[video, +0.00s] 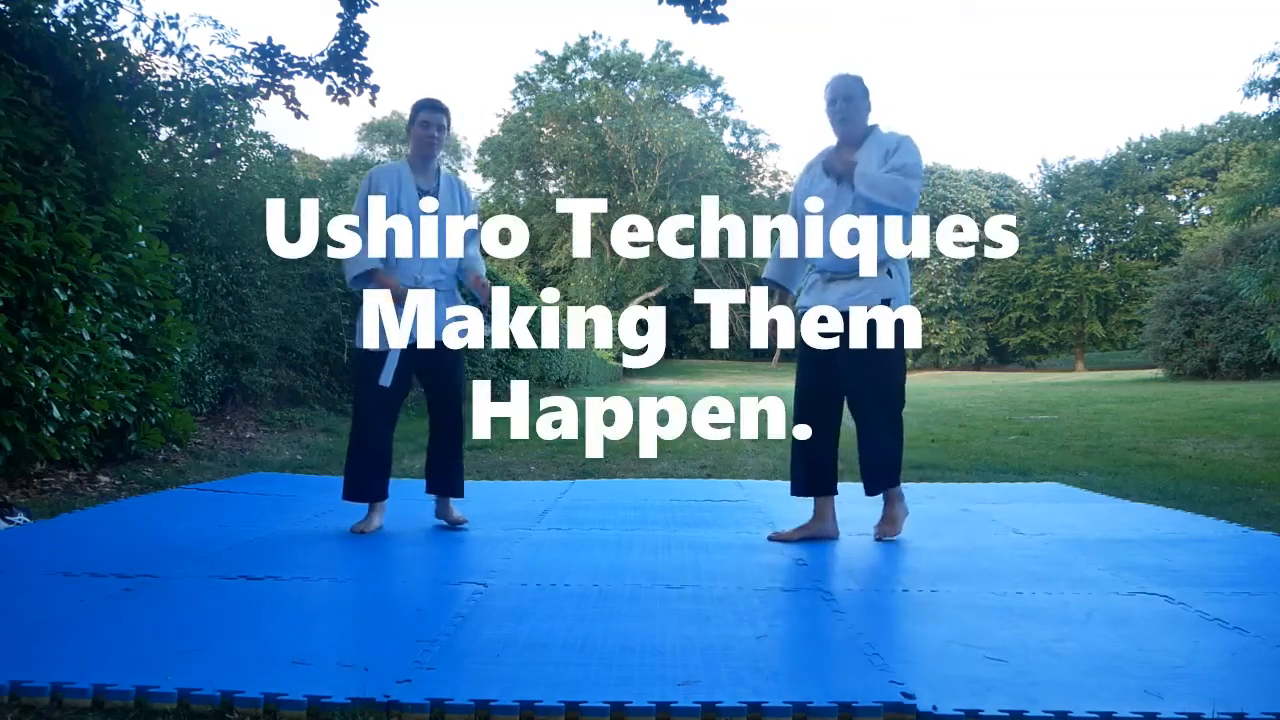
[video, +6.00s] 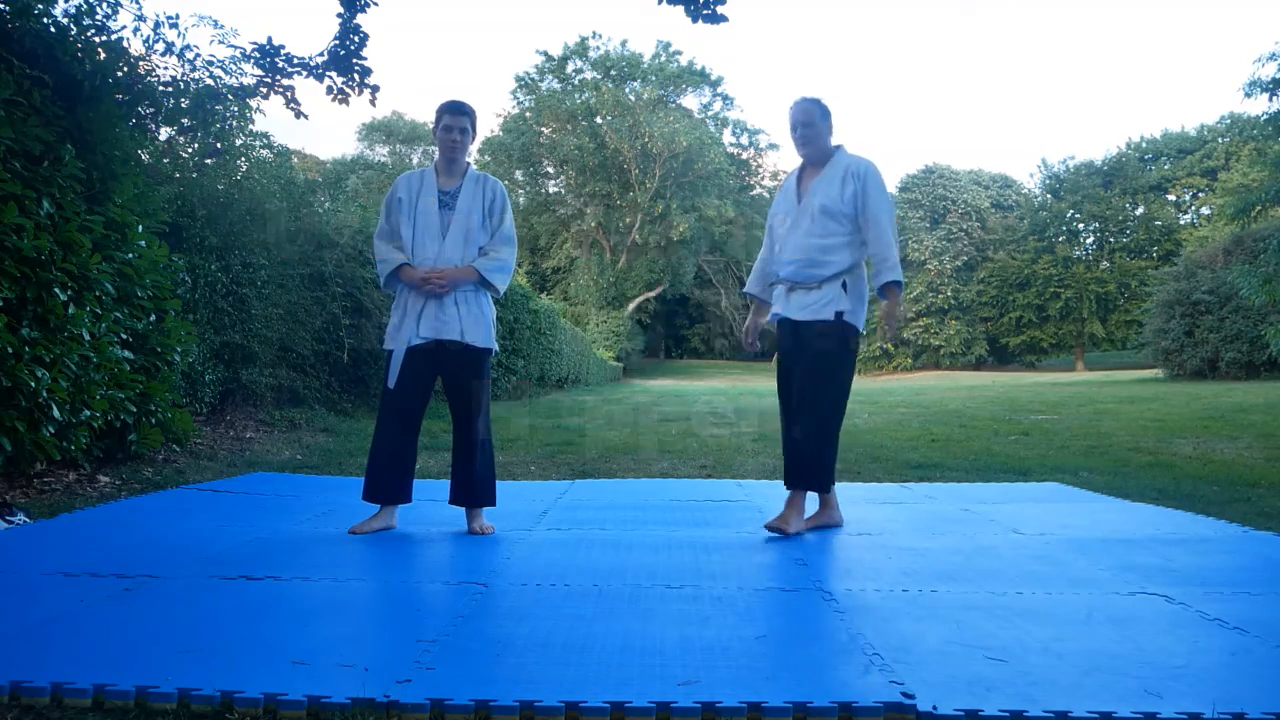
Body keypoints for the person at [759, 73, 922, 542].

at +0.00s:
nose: (841, 109)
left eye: (849, 100)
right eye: (833, 103)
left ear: (868, 104)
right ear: (825, 110)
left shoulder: (896, 147)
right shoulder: (813, 170)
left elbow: (905, 195)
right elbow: (793, 232)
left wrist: (853, 167)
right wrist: (776, 289)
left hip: (878, 299)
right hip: (819, 302)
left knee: (877, 406)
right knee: (815, 409)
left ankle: (893, 501)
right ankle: (823, 516)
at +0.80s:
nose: (889, 117)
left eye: (898, 110)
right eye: (883, 110)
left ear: (918, 116)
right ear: (875, 117)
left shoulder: (940, 163)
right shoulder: (855, 172)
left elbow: (963, 221)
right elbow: (832, 242)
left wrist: (900, 212)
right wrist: (818, 300)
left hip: (907, 302)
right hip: (849, 303)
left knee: (902, 409)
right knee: (834, 405)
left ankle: (897, 513)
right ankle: (833, 507)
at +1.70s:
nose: (825, 149)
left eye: (832, 139)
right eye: (818, 141)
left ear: (851, 131)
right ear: (811, 139)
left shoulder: (886, 171)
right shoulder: (802, 186)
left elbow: (911, 233)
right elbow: (789, 242)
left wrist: (886, 280)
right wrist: (788, 281)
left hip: (869, 305)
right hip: (815, 307)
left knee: (868, 406)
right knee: (817, 405)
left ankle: (876, 506)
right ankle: (828, 507)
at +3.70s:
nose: (822, 133)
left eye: (830, 125)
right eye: (817, 126)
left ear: (850, 126)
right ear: (810, 133)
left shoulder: (881, 172)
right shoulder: (799, 186)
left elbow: (904, 239)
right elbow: (780, 242)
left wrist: (862, 268)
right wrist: (787, 271)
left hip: (862, 310)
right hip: (810, 309)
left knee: (861, 408)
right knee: (812, 408)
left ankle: (864, 510)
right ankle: (828, 507)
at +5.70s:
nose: (804, 137)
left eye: (812, 129)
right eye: (799, 131)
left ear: (835, 130)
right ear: (794, 137)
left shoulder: (866, 173)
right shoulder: (792, 190)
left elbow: (890, 233)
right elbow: (773, 255)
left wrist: (894, 288)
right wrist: (751, 309)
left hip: (847, 307)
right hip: (800, 310)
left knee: (834, 403)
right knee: (810, 404)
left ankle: (828, 505)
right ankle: (826, 506)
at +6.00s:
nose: (800, 134)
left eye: (808, 126)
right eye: (794, 128)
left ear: (829, 128)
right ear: (788, 134)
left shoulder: (858, 172)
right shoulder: (788, 187)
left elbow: (881, 234)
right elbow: (770, 251)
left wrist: (891, 296)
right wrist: (757, 310)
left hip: (835, 305)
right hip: (790, 306)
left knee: (814, 407)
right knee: (800, 408)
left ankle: (794, 508)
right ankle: (828, 506)